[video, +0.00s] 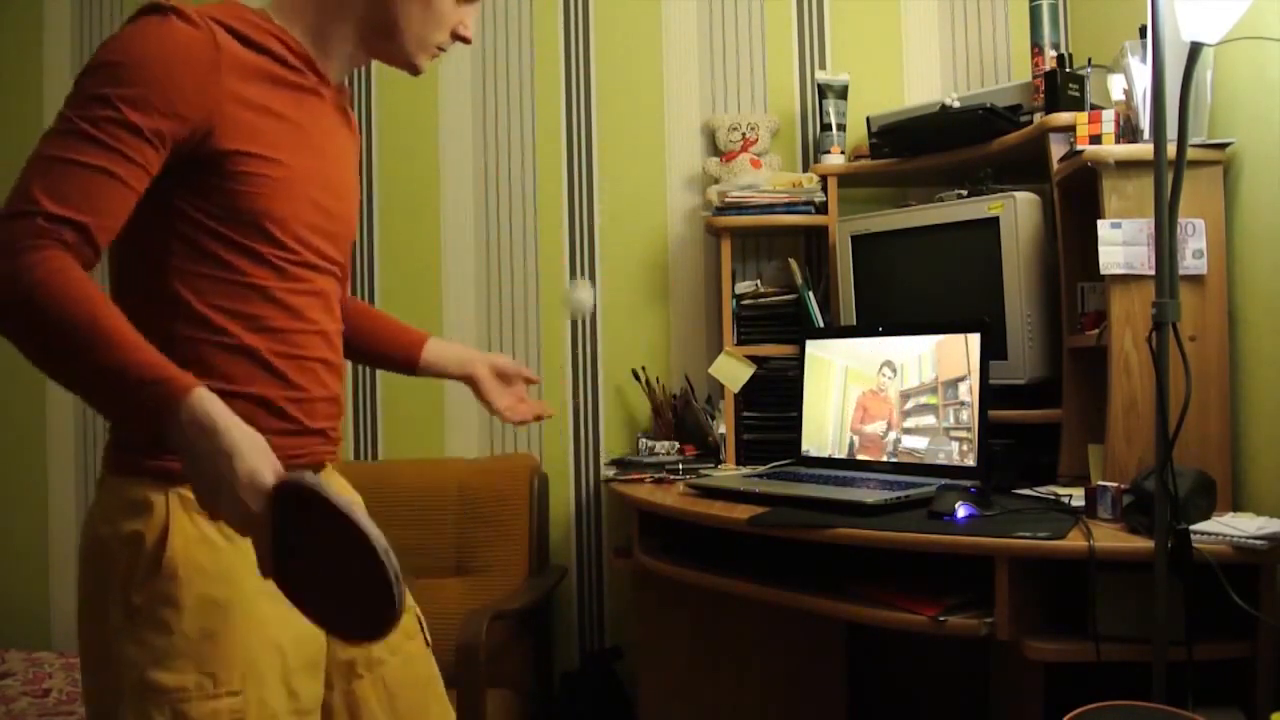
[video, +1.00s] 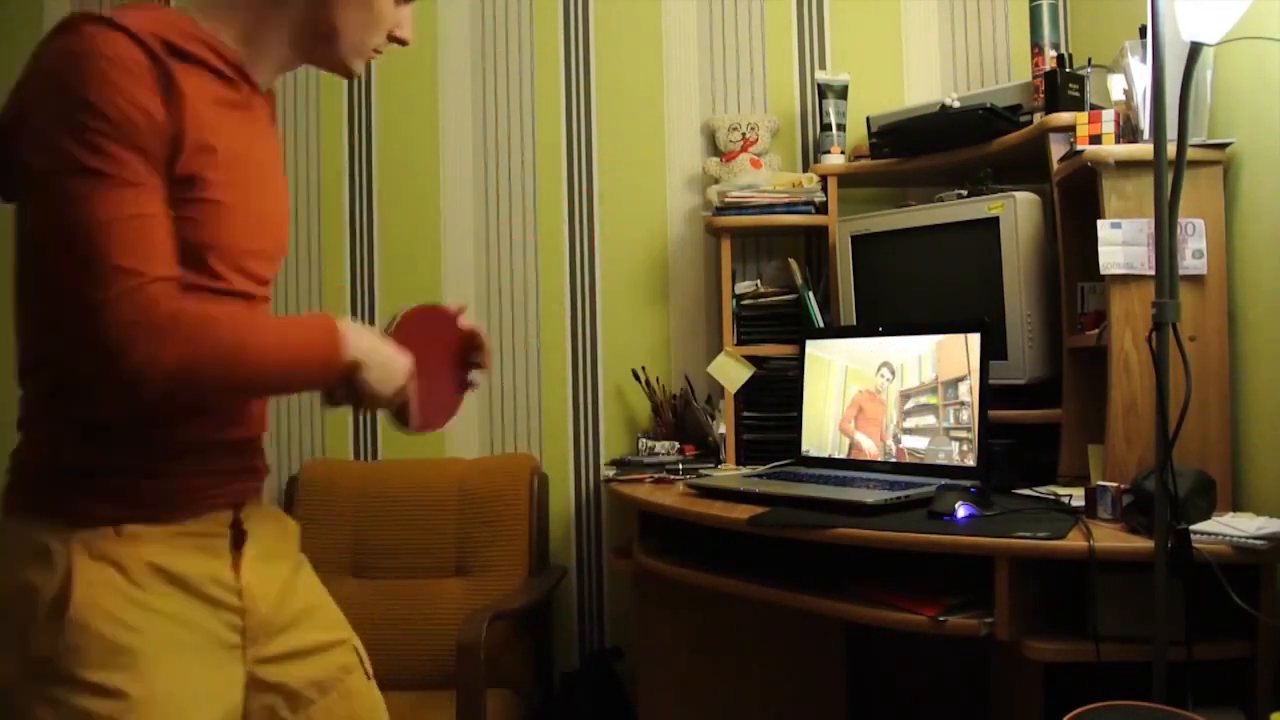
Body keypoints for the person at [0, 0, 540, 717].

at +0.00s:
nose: (468, 27)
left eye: (476, 6)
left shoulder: (333, 111)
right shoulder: (182, 47)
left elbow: (311, 306)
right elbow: (26, 256)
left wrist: (466, 361)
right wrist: (191, 416)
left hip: (321, 524)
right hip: (189, 533)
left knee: (416, 707)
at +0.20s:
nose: (493, 59)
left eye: (503, 36)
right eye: (493, 26)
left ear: (417, 7)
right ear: (419, 1)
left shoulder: (334, 104)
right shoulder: (254, 87)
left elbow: (316, 322)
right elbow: (256, 347)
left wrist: (448, 377)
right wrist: (447, 452)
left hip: (323, 510)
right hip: (232, 520)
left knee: (415, 712)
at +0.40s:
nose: (513, 51)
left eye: (523, 27)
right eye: (514, 17)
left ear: (446, 2)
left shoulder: (349, 78)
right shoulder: (319, 74)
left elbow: (340, 300)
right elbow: (456, 287)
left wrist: (479, 318)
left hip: (346, 495)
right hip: (267, 503)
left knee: (413, 712)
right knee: (282, 710)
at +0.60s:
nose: (511, 44)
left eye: (520, 21)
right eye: (513, 12)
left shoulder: (356, 76)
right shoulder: (304, 61)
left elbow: (404, 286)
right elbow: (433, 272)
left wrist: (541, 253)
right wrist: (558, 234)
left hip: (347, 490)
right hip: (260, 495)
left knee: (399, 711)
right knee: (267, 710)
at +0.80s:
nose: (471, 31)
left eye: (479, 10)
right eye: (469, 0)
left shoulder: (312, 75)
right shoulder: (229, 56)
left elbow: (324, 288)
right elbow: (328, 297)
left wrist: (464, 275)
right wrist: (470, 267)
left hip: (311, 515)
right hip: (206, 528)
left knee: (378, 711)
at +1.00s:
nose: (405, 29)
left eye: (410, 7)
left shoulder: (243, 96)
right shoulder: (101, 63)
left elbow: (210, 339)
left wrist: (383, 366)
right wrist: (341, 343)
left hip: (252, 552)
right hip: (110, 567)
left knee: (353, 710)